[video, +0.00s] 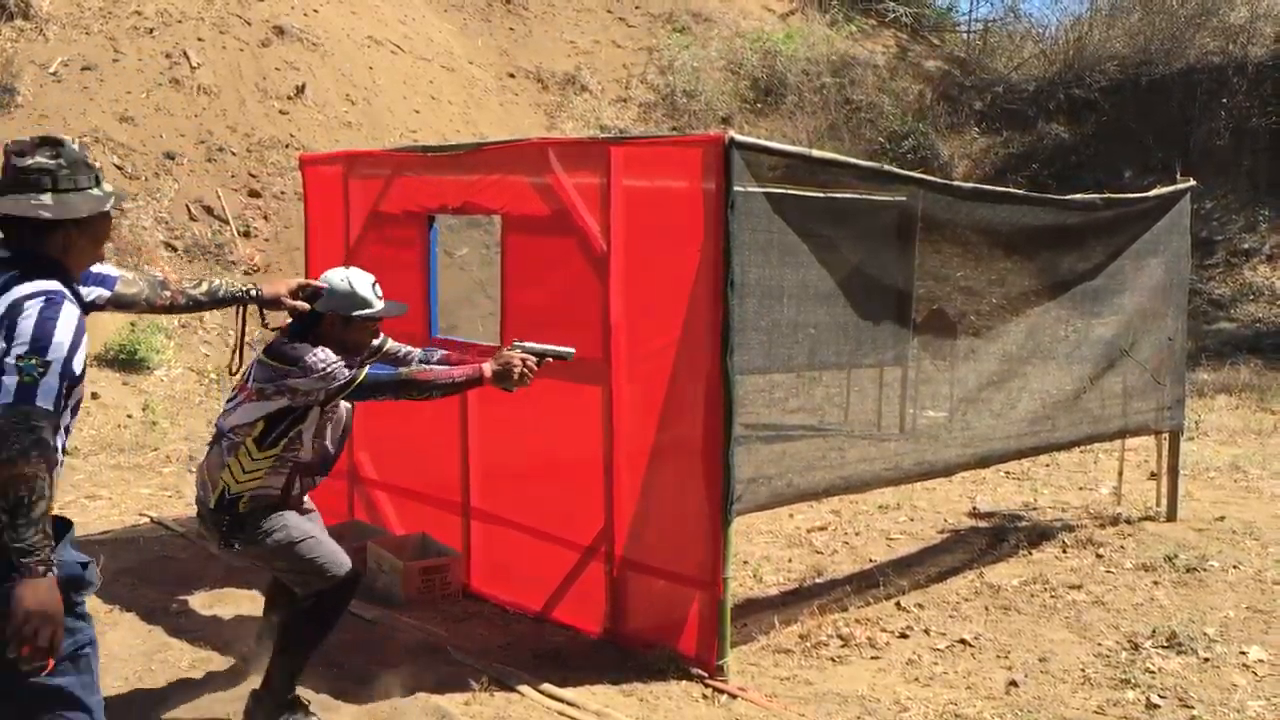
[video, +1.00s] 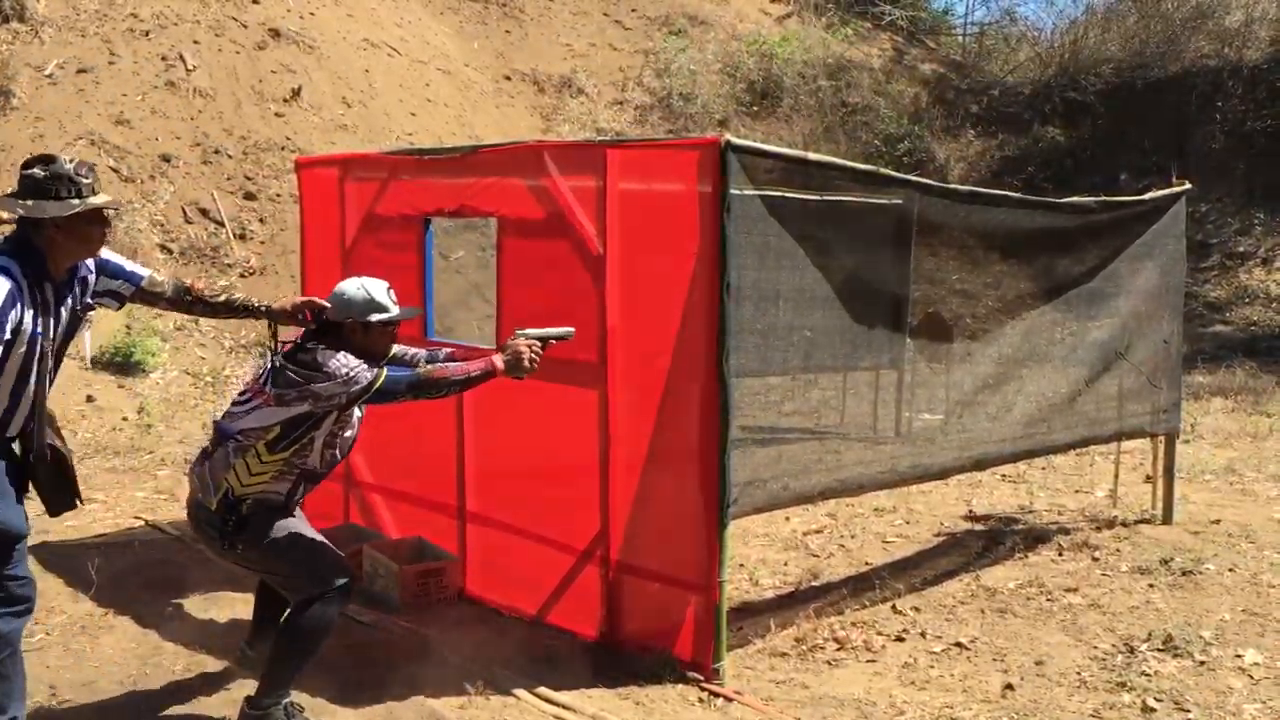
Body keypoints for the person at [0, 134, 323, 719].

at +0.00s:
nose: (109, 227)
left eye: (106, 215)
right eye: (102, 216)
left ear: (32, 227)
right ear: (66, 231)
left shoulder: (29, 276)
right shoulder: (47, 308)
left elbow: (155, 293)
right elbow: (25, 443)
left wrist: (256, 293)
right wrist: (30, 567)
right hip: (20, 545)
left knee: (70, 577)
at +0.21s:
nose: (130, 255)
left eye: (128, 243)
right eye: (125, 244)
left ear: (64, 250)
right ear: (90, 255)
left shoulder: (34, 287)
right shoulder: (73, 316)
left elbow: (165, 314)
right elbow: (138, 443)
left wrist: (272, 317)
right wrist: (226, 521)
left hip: (15, 523)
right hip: (16, 533)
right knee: (83, 691)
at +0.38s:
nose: (120, 250)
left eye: (117, 239)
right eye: (111, 240)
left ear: (70, 250)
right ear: (75, 251)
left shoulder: (68, 296)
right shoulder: (42, 313)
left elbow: (173, 317)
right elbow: (64, 429)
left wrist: (272, 325)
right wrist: (153, 471)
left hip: (16, 500)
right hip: (11, 508)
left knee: (72, 571)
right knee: (67, 637)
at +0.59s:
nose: (108, 228)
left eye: (105, 217)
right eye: (96, 219)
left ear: (64, 231)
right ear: (57, 232)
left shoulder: (79, 276)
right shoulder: (13, 295)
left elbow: (179, 301)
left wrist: (275, 314)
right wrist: (40, 482)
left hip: (16, 475)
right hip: (4, 480)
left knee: (46, 581)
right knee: (66, 583)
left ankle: (18, 698)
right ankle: (22, 707)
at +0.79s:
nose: (105, 224)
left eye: (103, 212)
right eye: (93, 213)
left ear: (65, 219)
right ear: (52, 220)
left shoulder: (87, 265)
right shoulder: (9, 284)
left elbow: (183, 291)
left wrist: (280, 307)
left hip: (19, 448)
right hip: (3, 451)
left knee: (19, 577)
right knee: (22, 579)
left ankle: (12, 704)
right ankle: (12, 707)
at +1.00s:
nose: (106, 228)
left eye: (104, 217)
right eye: (94, 219)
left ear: (69, 225)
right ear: (53, 227)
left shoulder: (86, 268)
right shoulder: (7, 292)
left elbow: (180, 295)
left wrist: (273, 313)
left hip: (12, 450)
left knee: (13, 593)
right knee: (14, 593)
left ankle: (11, 706)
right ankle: (10, 709)